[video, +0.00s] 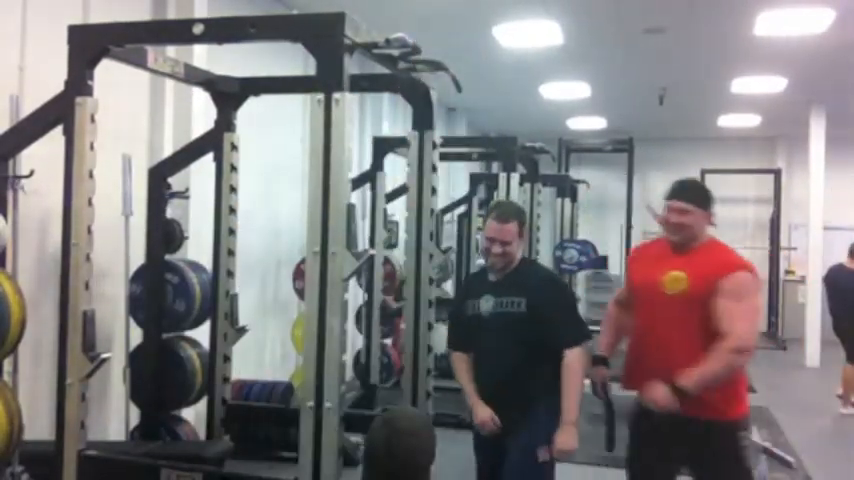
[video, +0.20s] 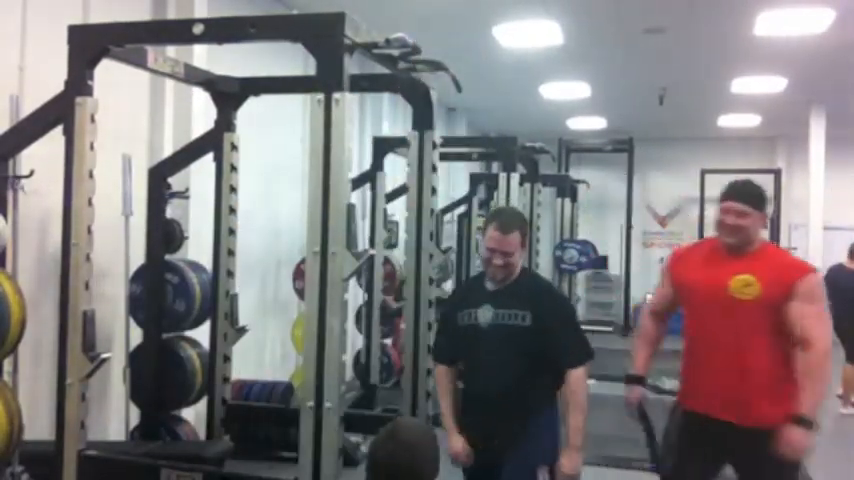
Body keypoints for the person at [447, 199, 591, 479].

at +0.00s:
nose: (496, 250)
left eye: (505, 244)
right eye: (489, 241)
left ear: (522, 239)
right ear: (482, 236)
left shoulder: (548, 286)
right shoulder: (471, 286)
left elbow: (574, 352)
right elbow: (458, 351)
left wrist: (569, 425)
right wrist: (475, 404)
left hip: (535, 420)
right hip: (488, 420)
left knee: (527, 473)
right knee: (490, 474)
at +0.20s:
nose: (497, 262)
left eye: (507, 255)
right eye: (491, 252)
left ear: (523, 249)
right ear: (482, 244)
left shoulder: (548, 300)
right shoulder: (462, 298)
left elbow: (576, 370)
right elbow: (444, 364)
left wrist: (574, 449)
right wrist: (451, 431)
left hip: (530, 435)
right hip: (476, 433)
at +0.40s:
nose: (489, 255)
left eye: (499, 248)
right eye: (482, 245)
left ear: (517, 239)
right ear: (473, 237)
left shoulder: (543, 294)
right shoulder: (448, 289)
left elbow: (561, 371)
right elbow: (424, 354)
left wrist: (549, 449)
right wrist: (415, 423)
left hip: (515, 438)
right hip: (455, 433)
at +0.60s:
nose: (455, 260)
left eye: (466, 252)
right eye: (449, 251)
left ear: (486, 246)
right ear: (440, 242)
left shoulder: (515, 298)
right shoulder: (421, 294)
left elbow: (542, 373)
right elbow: (399, 362)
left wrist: (524, 458)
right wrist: (391, 433)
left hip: (491, 453)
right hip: (427, 450)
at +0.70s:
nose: (431, 266)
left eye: (440, 257)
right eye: (423, 256)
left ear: (461, 251)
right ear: (414, 248)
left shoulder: (493, 301)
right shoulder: (396, 301)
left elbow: (518, 379)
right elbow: (377, 372)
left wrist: (498, 462)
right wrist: (378, 441)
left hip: (476, 459)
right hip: (411, 457)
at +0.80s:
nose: (403, 270)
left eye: (413, 261)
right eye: (394, 260)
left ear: (432, 247)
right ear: (384, 251)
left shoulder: (469, 298)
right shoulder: (370, 307)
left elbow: (497, 376)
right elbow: (350, 383)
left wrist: (468, 461)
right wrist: (356, 456)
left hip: (456, 457)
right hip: (391, 459)